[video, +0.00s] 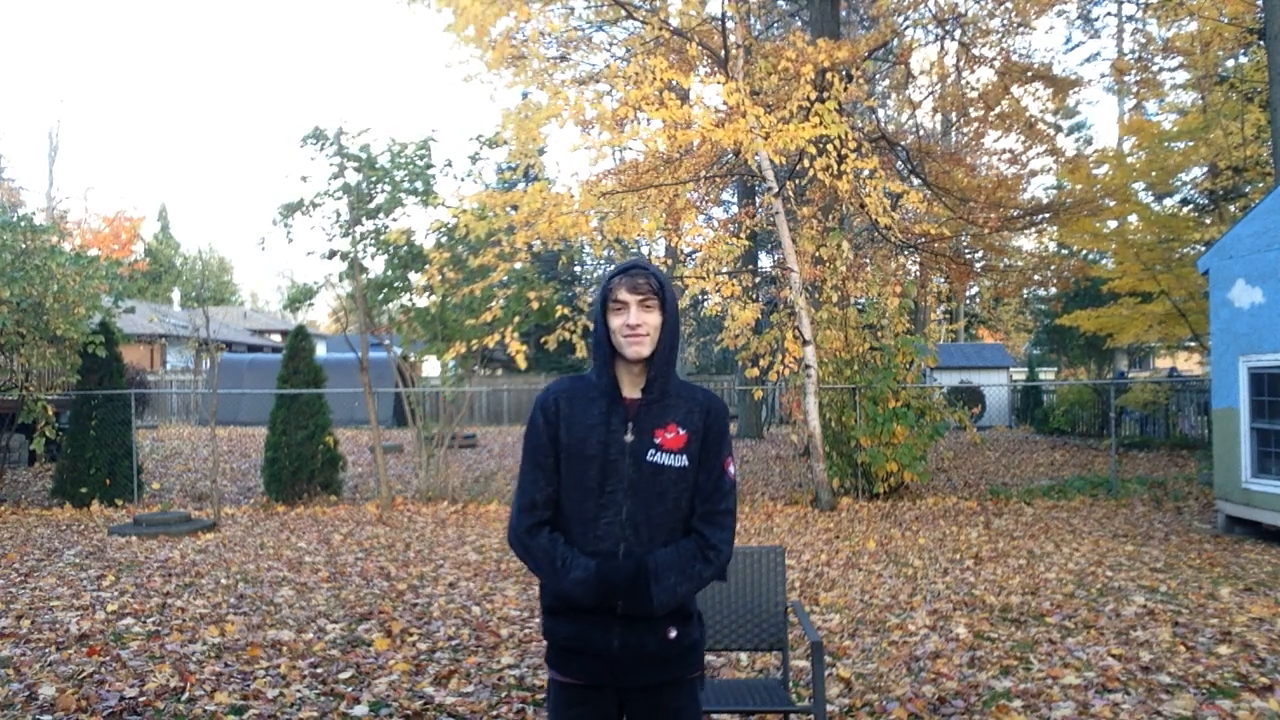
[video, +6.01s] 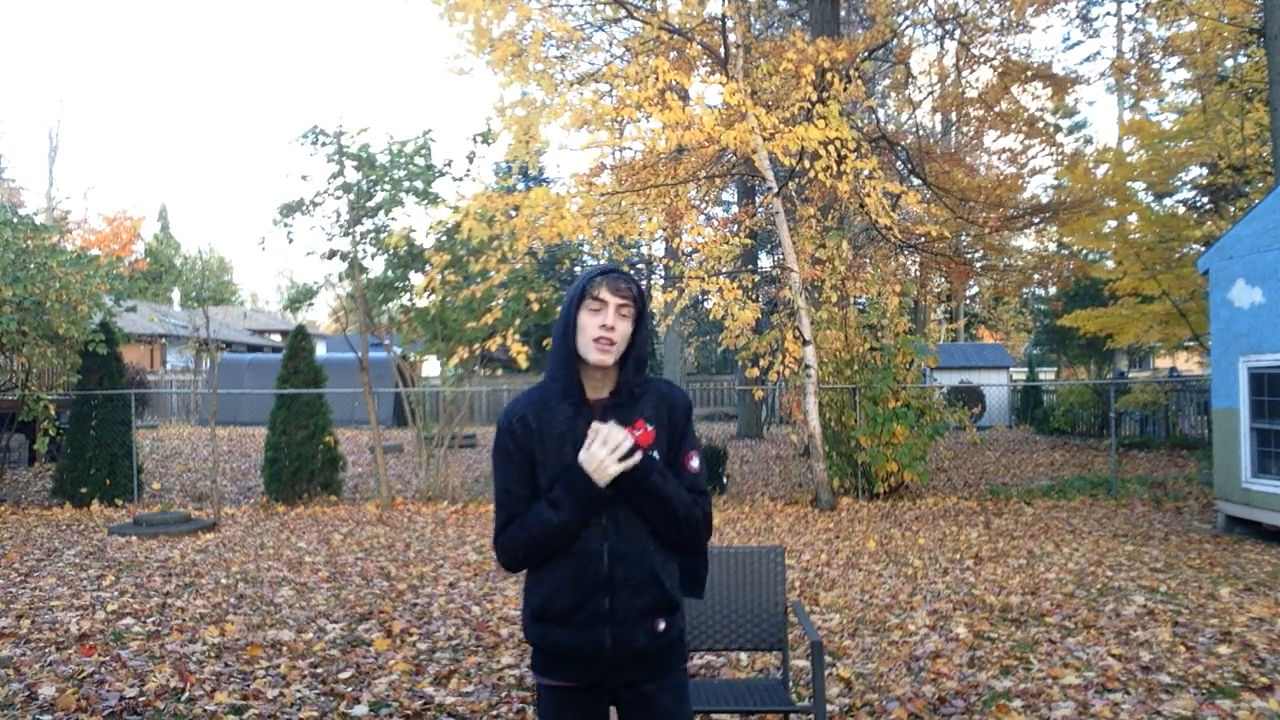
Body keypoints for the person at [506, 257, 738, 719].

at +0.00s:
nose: (632, 320)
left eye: (645, 307)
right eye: (618, 308)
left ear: (667, 319)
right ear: (603, 321)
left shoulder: (702, 411)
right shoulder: (559, 404)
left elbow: (715, 539)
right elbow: (526, 525)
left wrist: (645, 579)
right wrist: (592, 579)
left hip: (668, 654)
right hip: (578, 654)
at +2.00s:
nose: (626, 311)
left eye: (642, 299)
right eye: (613, 298)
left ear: (661, 316)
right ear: (596, 312)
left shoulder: (703, 399)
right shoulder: (559, 403)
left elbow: (735, 520)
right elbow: (534, 527)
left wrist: (669, 566)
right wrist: (608, 570)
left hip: (684, 645)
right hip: (594, 648)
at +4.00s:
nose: (630, 320)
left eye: (644, 308)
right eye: (616, 307)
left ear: (660, 322)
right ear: (597, 320)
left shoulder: (695, 409)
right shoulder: (553, 410)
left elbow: (723, 532)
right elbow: (536, 533)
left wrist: (654, 578)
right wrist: (601, 595)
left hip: (678, 653)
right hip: (589, 656)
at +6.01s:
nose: (608, 323)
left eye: (623, 313)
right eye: (595, 308)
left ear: (636, 330)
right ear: (572, 319)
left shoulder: (667, 406)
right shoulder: (526, 417)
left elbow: (696, 529)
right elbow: (511, 549)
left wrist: (636, 461)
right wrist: (582, 481)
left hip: (653, 641)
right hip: (565, 646)